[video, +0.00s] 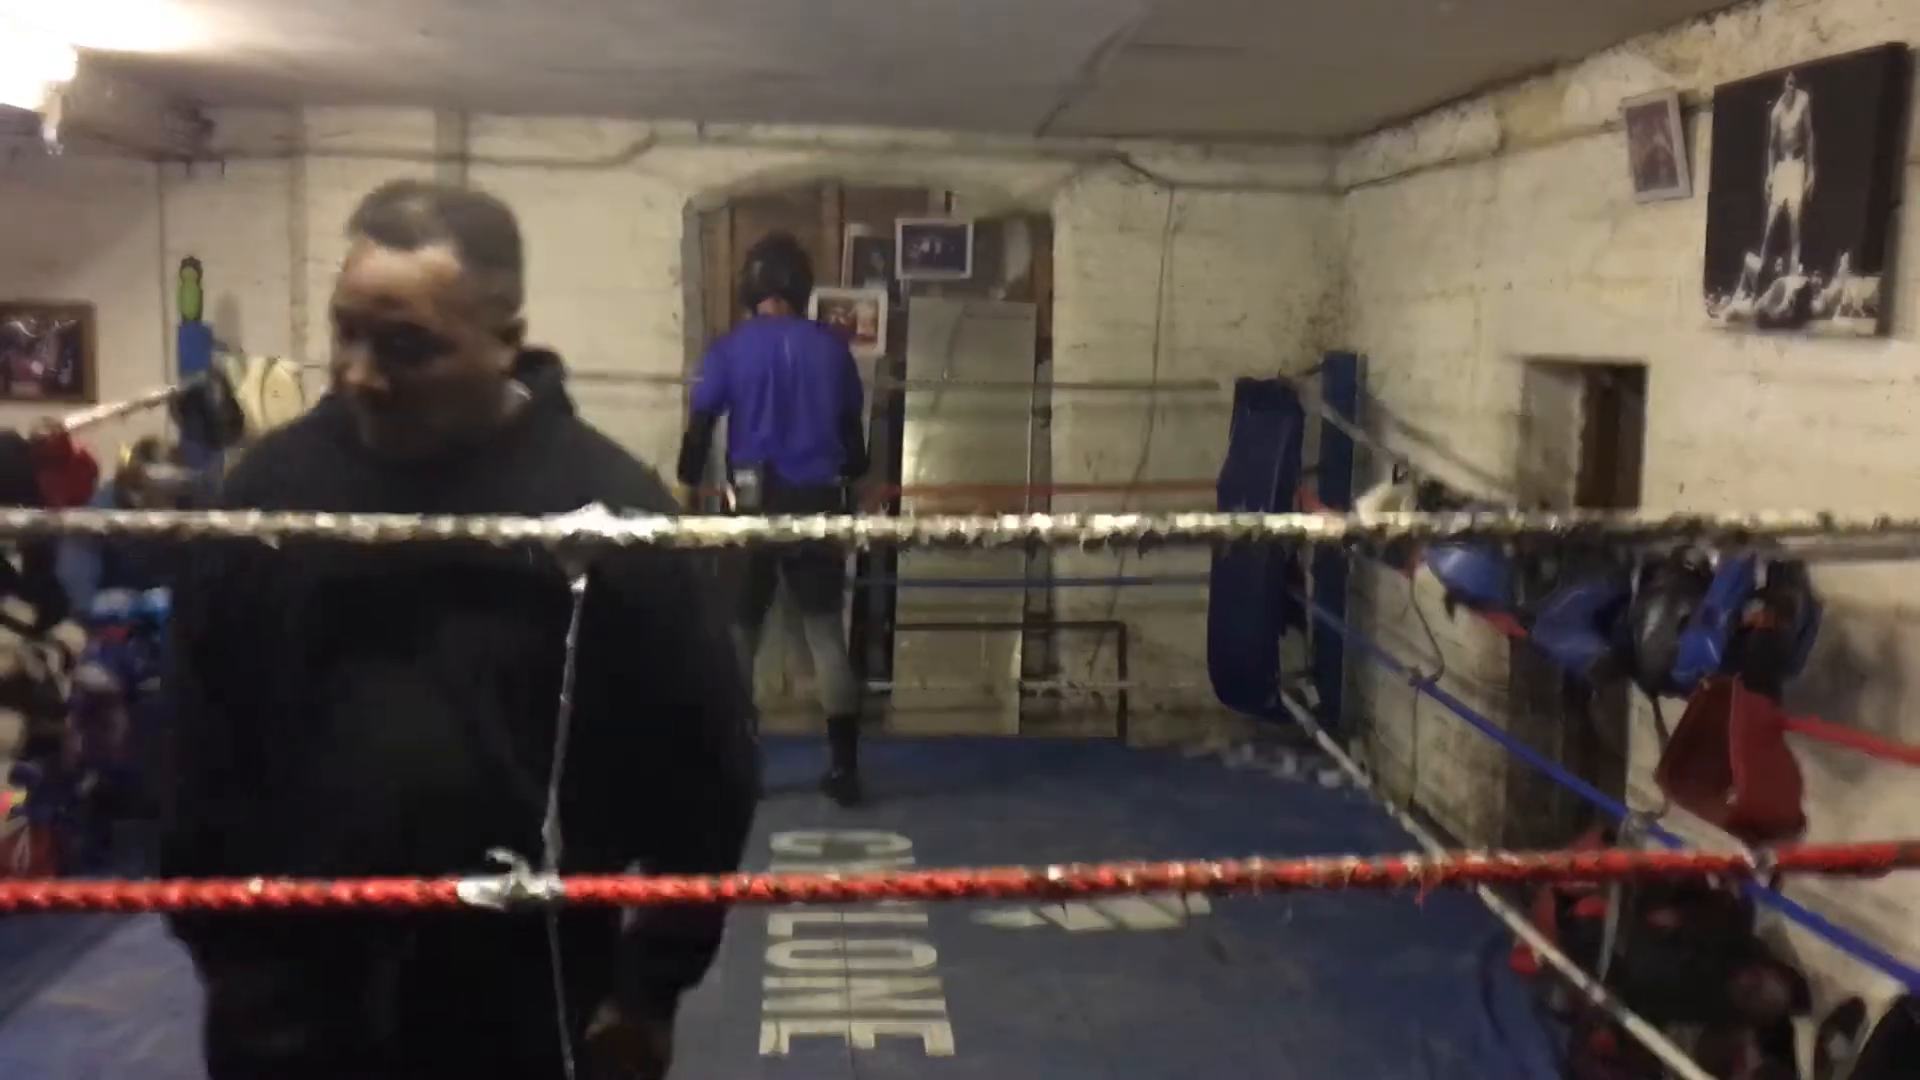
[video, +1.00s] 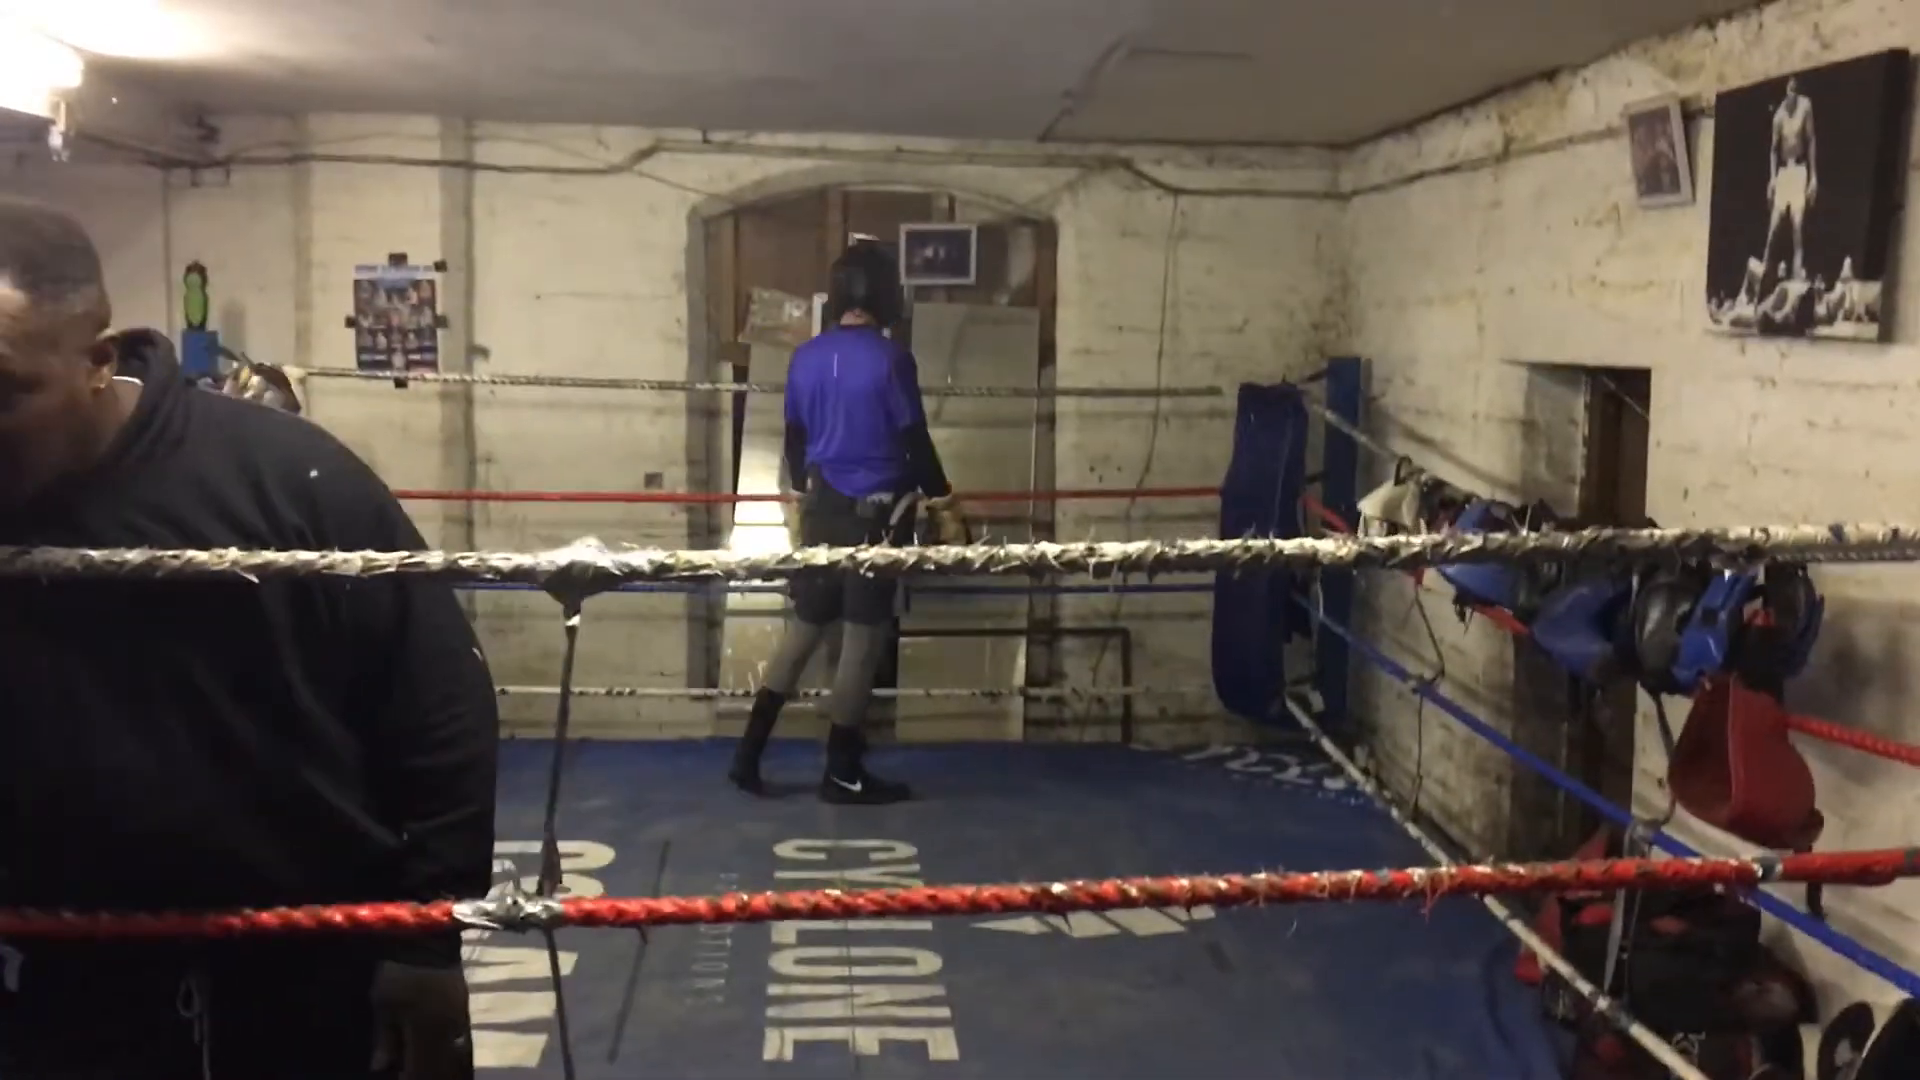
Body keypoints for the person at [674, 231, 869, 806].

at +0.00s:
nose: (749, 293)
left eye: (749, 283)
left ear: (751, 288)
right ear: (804, 288)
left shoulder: (730, 348)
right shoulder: (832, 346)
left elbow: (700, 415)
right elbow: (851, 419)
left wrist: (689, 478)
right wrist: (852, 474)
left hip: (749, 498)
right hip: (819, 496)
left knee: (738, 630)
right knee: (825, 625)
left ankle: (729, 765)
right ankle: (844, 767)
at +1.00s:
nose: (900, 296)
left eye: (895, 286)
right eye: (896, 288)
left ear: (837, 295)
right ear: (885, 295)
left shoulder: (805, 356)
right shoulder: (892, 357)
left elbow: (795, 433)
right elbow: (915, 436)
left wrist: (801, 489)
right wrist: (943, 498)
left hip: (824, 506)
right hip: (878, 511)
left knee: (800, 630)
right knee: (861, 642)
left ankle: (747, 756)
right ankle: (843, 772)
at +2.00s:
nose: (1039, 310)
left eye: (1037, 299)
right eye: (1035, 299)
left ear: (992, 299)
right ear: (1014, 301)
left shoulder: (972, 351)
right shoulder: (996, 352)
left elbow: (939, 405)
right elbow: (988, 421)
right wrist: (1014, 498)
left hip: (973, 499)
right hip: (996, 503)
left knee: (983, 622)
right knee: (1032, 628)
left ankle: (989, 749)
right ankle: (937, 721)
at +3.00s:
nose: (1141, 300)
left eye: (1153, 291)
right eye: (1131, 291)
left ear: (1169, 299)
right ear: (1112, 297)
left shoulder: (1166, 362)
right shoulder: (1088, 355)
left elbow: (1167, 433)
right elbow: (1063, 435)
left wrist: (1169, 494)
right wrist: (1085, 492)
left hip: (1156, 500)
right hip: (1097, 498)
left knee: (1172, 627)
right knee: (1095, 629)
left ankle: (1167, 745)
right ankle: (1090, 761)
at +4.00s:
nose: (1147, 302)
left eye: (1158, 294)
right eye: (1145, 294)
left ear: (1190, 302)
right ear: (1148, 299)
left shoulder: (1230, 364)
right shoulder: (1141, 356)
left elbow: (1248, 452)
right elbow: (1128, 434)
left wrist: (1234, 522)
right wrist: (1111, 501)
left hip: (1206, 510)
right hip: (1140, 505)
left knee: (1199, 632)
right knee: (1133, 630)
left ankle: (1201, 754)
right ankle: (1121, 749)